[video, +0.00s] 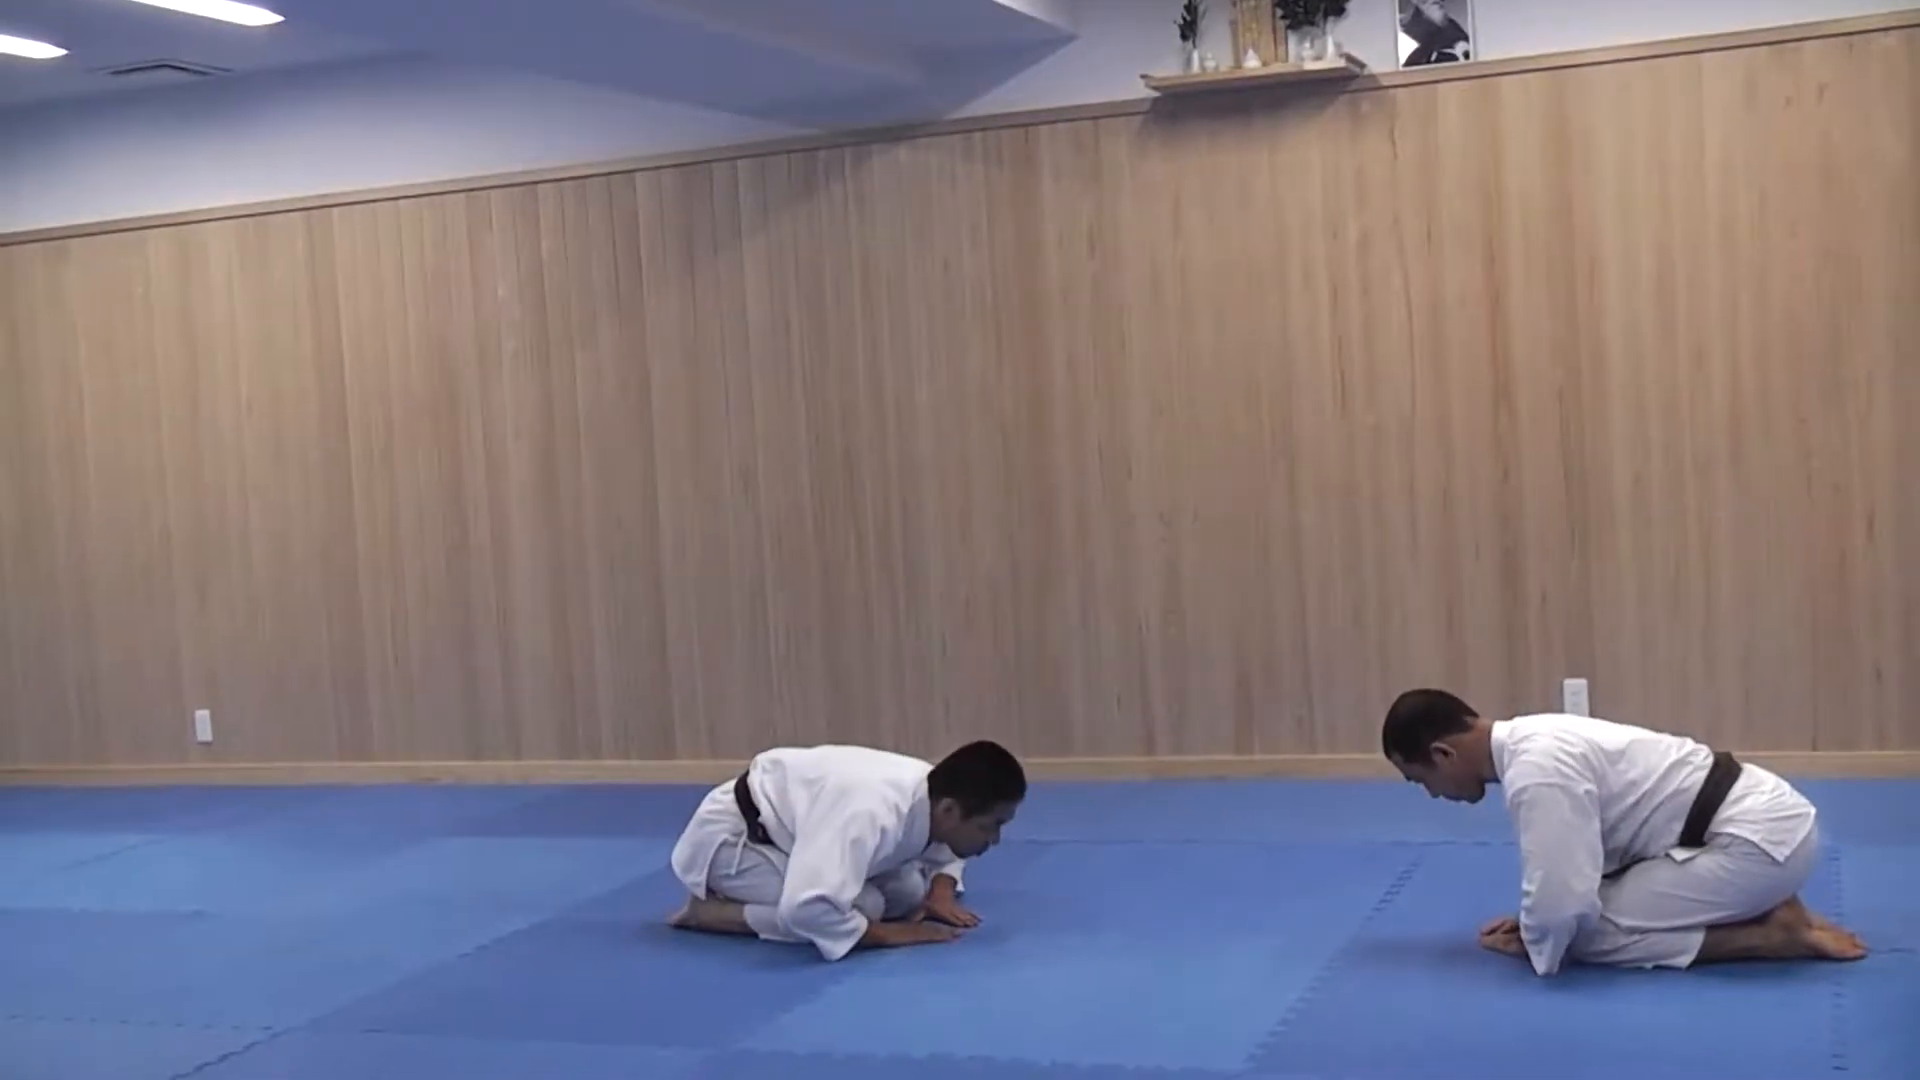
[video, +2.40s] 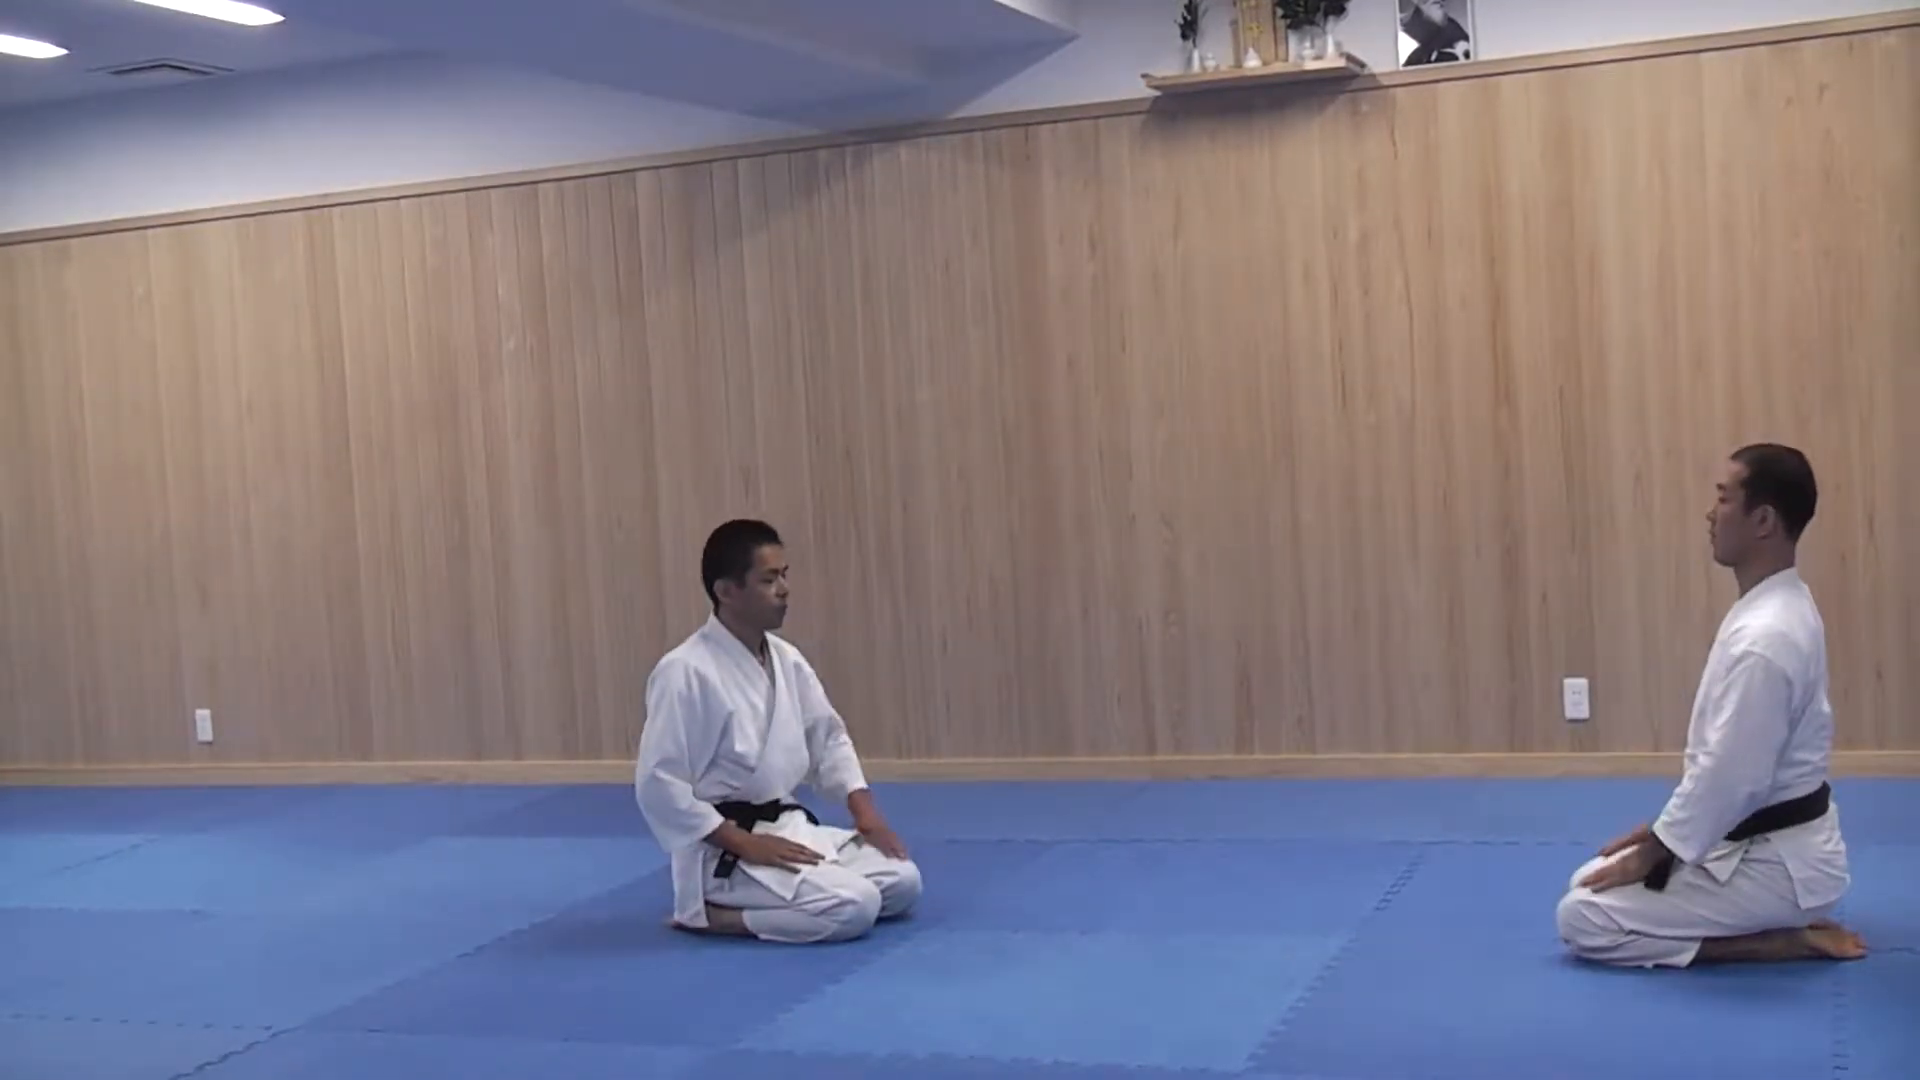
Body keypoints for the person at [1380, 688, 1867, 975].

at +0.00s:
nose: (1433, 794)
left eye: (1421, 781)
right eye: (1420, 785)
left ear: (1444, 752)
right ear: (1458, 735)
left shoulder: (1536, 767)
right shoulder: (1537, 743)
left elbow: (1566, 900)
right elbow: (1589, 867)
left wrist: (1534, 939)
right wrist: (1536, 921)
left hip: (1758, 842)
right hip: (1767, 819)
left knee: (1583, 932)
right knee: (1585, 913)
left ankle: (1772, 938)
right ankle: (1768, 921)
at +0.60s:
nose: (1435, 722)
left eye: (1431, 705)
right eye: (1427, 708)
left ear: (1467, 692)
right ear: (1481, 683)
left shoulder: (1553, 740)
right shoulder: (1561, 704)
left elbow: (1560, 877)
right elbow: (1593, 848)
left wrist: (1535, 940)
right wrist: (1537, 913)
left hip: (1761, 848)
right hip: (1771, 821)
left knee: (1584, 934)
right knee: (1591, 906)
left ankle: (1771, 940)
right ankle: (1771, 921)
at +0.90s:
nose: (1466, 647)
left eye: (1469, 629)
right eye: (1462, 630)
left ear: (1511, 630)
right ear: (1525, 627)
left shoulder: (1579, 707)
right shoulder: (1592, 665)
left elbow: (1564, 840)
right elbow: (1567, 817)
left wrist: (1536, 932)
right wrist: (1539, 915)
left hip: (1760, 851)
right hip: (1773, 822)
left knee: (1584, 934)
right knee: (1596, 893)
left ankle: (1772, 939)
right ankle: (1772, 920)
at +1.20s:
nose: (1521, 585)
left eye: (1530, 568)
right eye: (1523, 568)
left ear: (1572, 582)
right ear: (1576, 582)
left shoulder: (1617, 680)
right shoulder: (1639, 634)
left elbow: (1578, 815)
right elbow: (1576, 795)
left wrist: (1529, 918)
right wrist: (1540, 907)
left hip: (1763, 856)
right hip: (1780, 831)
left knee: (1580, 929)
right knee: (1592, 895)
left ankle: (1770, 941)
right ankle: (1776, 922)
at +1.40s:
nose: (1564, 553)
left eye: (1574, 539)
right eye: (1568, 537)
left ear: (1617, 557)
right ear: (1621, 558)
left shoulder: (1639, 666)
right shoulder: (1681, 616)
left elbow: (1585, 795)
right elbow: (1637, 752)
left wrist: (1533, 894)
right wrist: (1600, 839)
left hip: (1761, 860)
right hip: (1784, 832)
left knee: (1581, 926)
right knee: (1590, 895)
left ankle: (1777, 941)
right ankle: (1781, 921)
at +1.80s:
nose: (1649, 520)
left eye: (1660, 506)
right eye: (1655, 504)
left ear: (1700, 528)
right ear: (1705, 530)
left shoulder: (1709, 644)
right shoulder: (1744, 605)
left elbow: (1645, 770)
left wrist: (1576, 869)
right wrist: (1653, 834)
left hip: (1775, 860)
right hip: (1796, 837)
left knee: (1584, 924)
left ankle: (1778, 943)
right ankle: (1785, 922)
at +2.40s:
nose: (1710, 513)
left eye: (1723, 499)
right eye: (1716, 497)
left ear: (1763, 520)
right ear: (1763, 521)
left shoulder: (1765, 636)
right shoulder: (1774, 608)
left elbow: (1731, 779)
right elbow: (1721, 762)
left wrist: (1650, 857)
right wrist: (1658, 833)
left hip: (1786, 866)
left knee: (1584, 921)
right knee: (1588, 883)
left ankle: (1787, 943)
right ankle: (1776, 921)